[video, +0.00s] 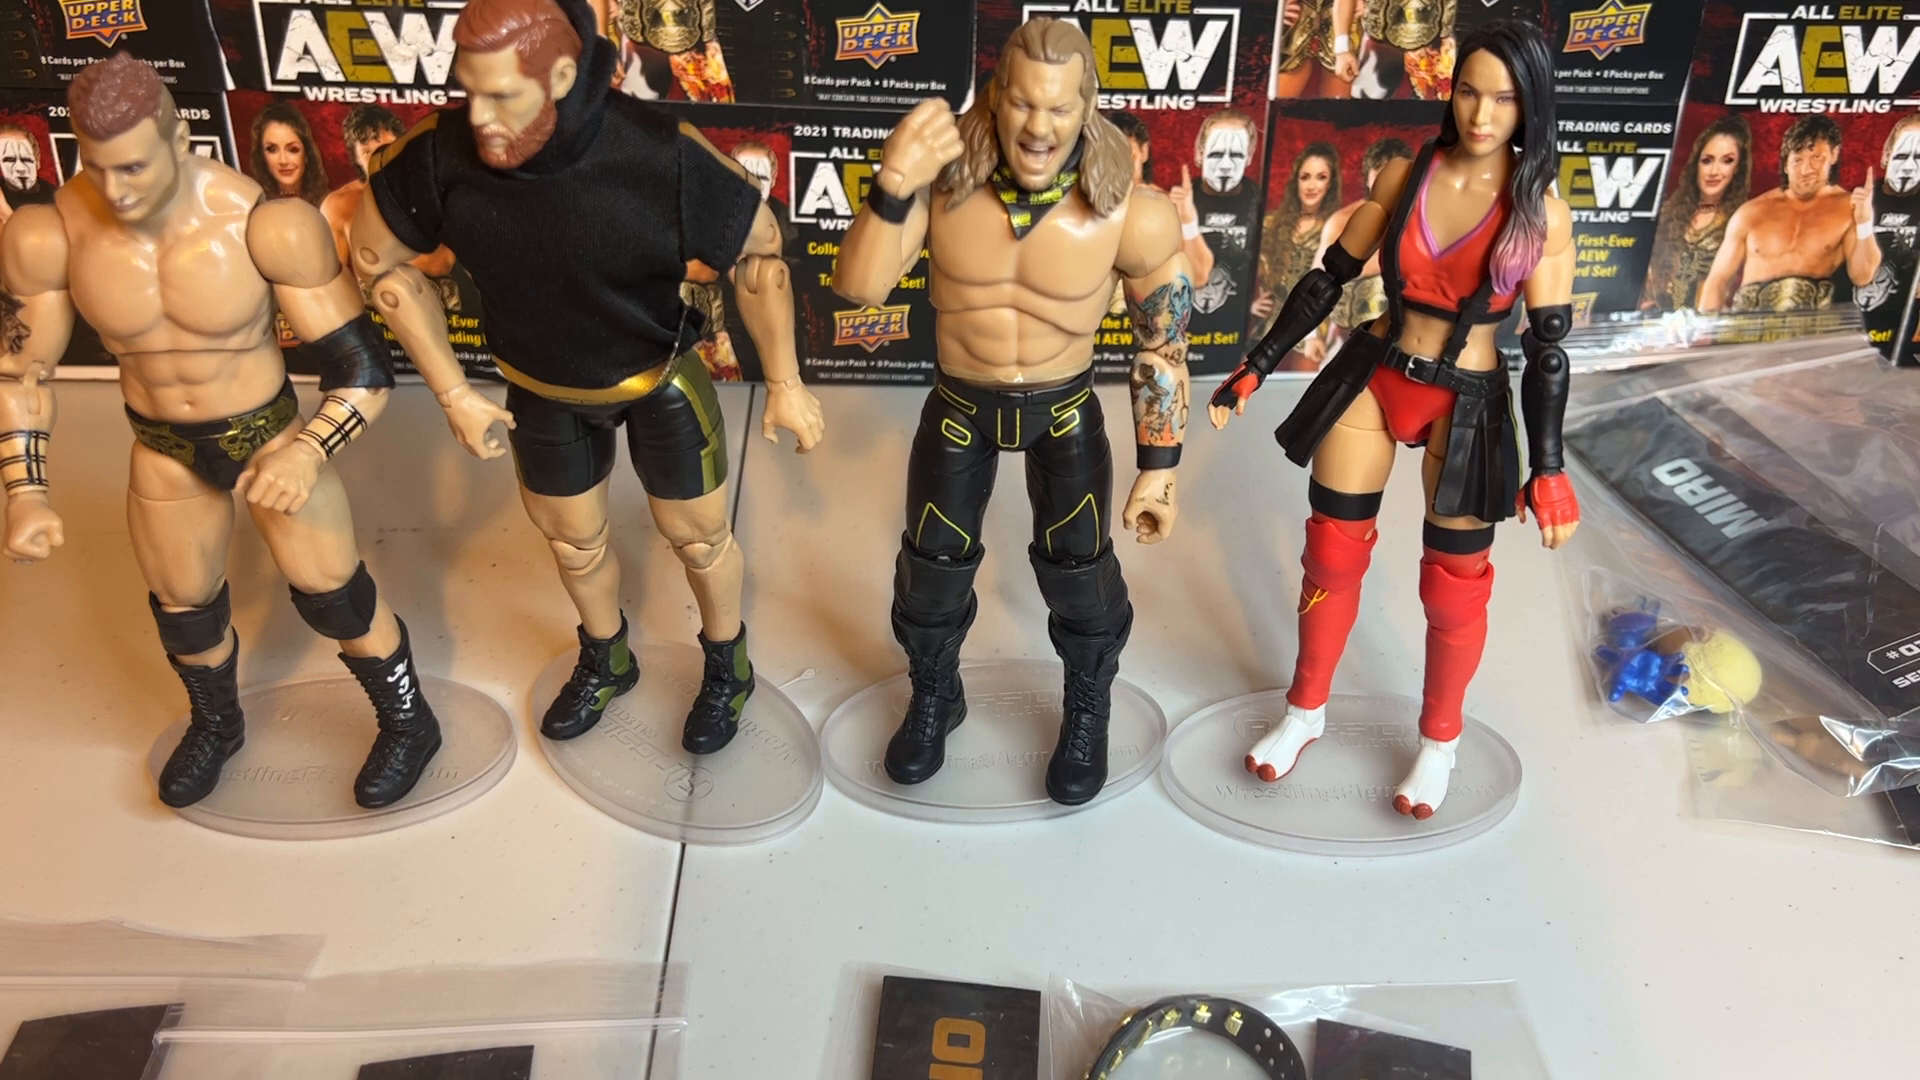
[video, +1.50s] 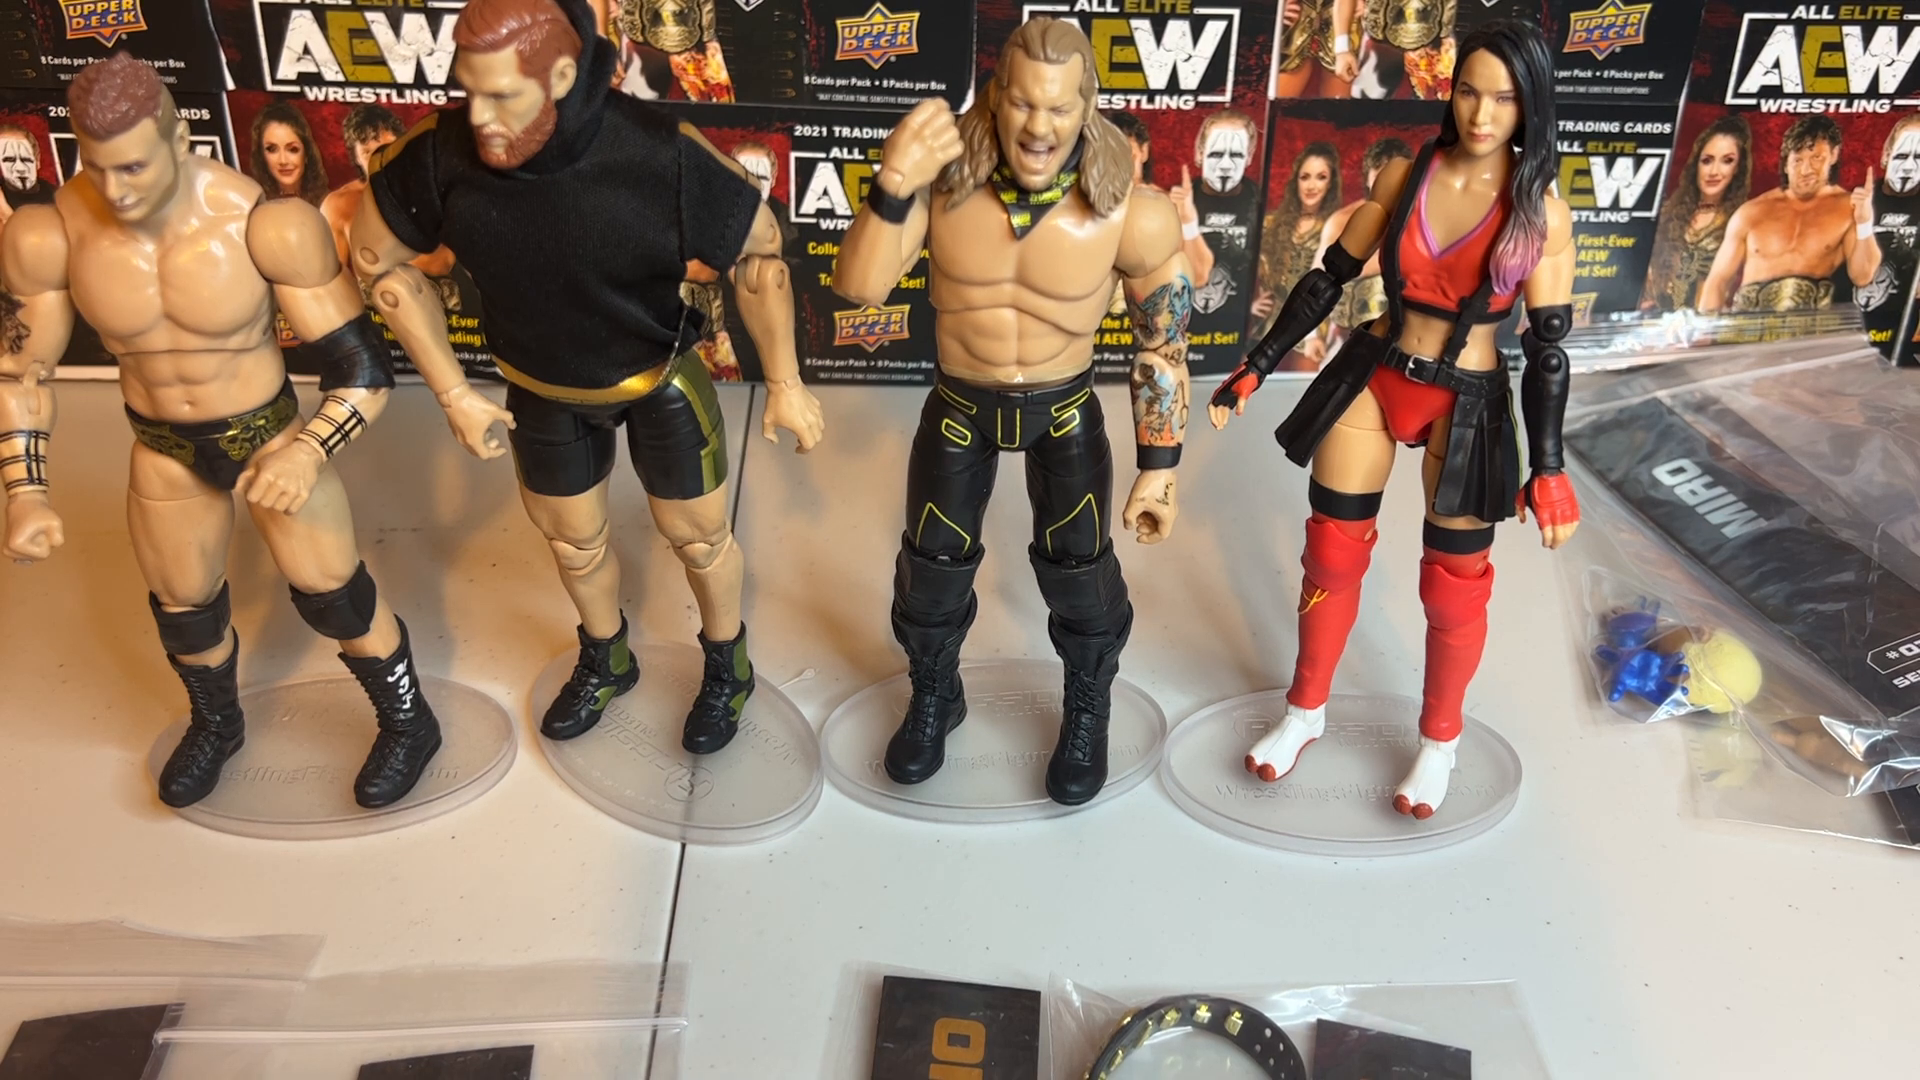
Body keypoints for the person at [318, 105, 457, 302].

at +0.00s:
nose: (379, 160)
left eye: (387, 149)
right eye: (368, 153)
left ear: (402, 147)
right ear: (356, 157)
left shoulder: (431, 191)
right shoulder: (338, 205)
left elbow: (442, 263)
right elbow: (337, 276)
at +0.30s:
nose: (379, 159)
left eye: (387, 149)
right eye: (368, 152)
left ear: (402, 146)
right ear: (355, 156)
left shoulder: (431, 190)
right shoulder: (338, 205)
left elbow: (443, 263)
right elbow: (336, 275)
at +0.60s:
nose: (379, 160)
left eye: (387, 150)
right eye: (368, 153)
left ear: (402, 147)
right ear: (355, 156)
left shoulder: (431, 191)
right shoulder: (338, 205)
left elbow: (442, 263)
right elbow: (336, 275)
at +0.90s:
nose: (379, 160)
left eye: (387, 149)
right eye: (369, 153)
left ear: (402, 147)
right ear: (356, 156)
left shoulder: (431, 191)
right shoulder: (338, 205)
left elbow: (442, 263)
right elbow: (337, 275)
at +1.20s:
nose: (379, 160)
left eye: (387, 149)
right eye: (368, 153)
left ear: (402, 147)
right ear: (355, 156)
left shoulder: (431, 192)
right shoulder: (338, 204)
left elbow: (442, 263)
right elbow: (337, 275)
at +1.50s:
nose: (380, 160)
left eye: (387, 149)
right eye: (369, 153)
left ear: (403, 147)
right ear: (356, 157)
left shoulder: (432, 190)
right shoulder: (338, 205)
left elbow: (442, 263)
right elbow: (337, 275)